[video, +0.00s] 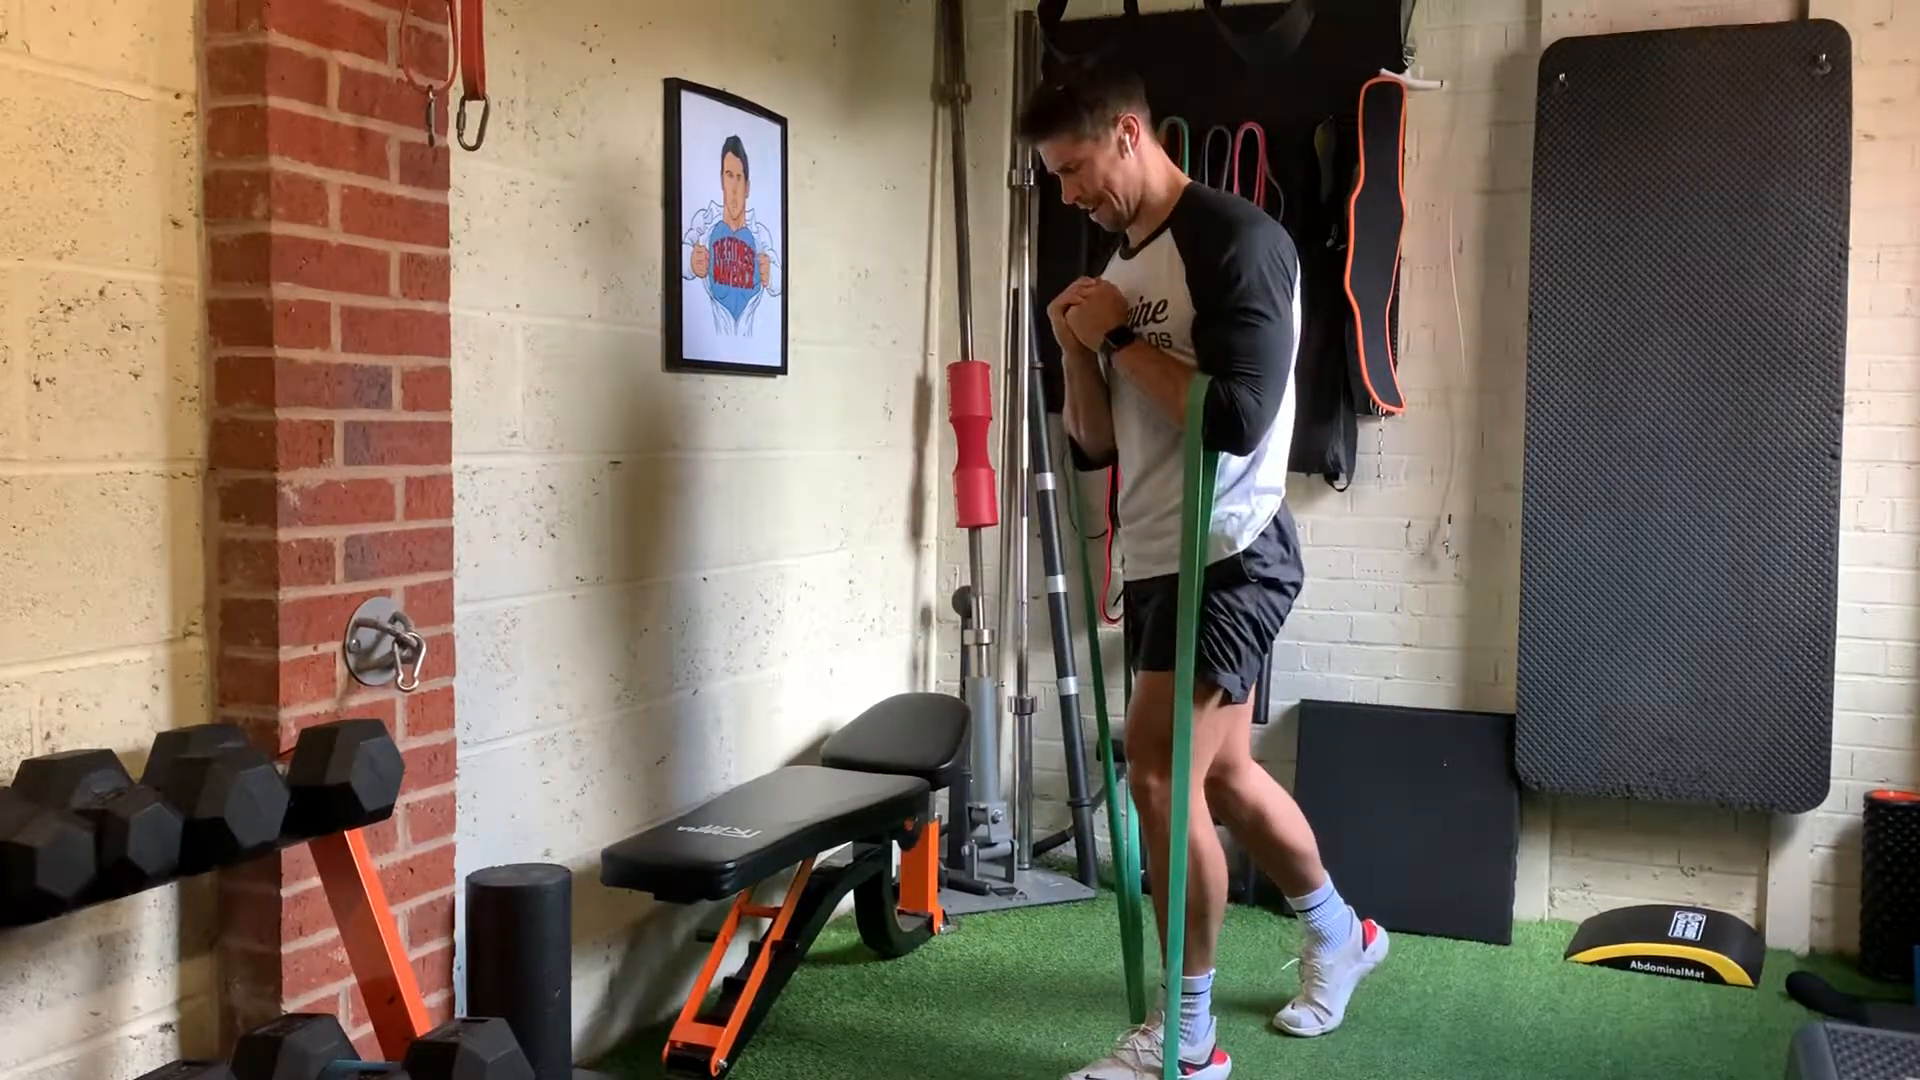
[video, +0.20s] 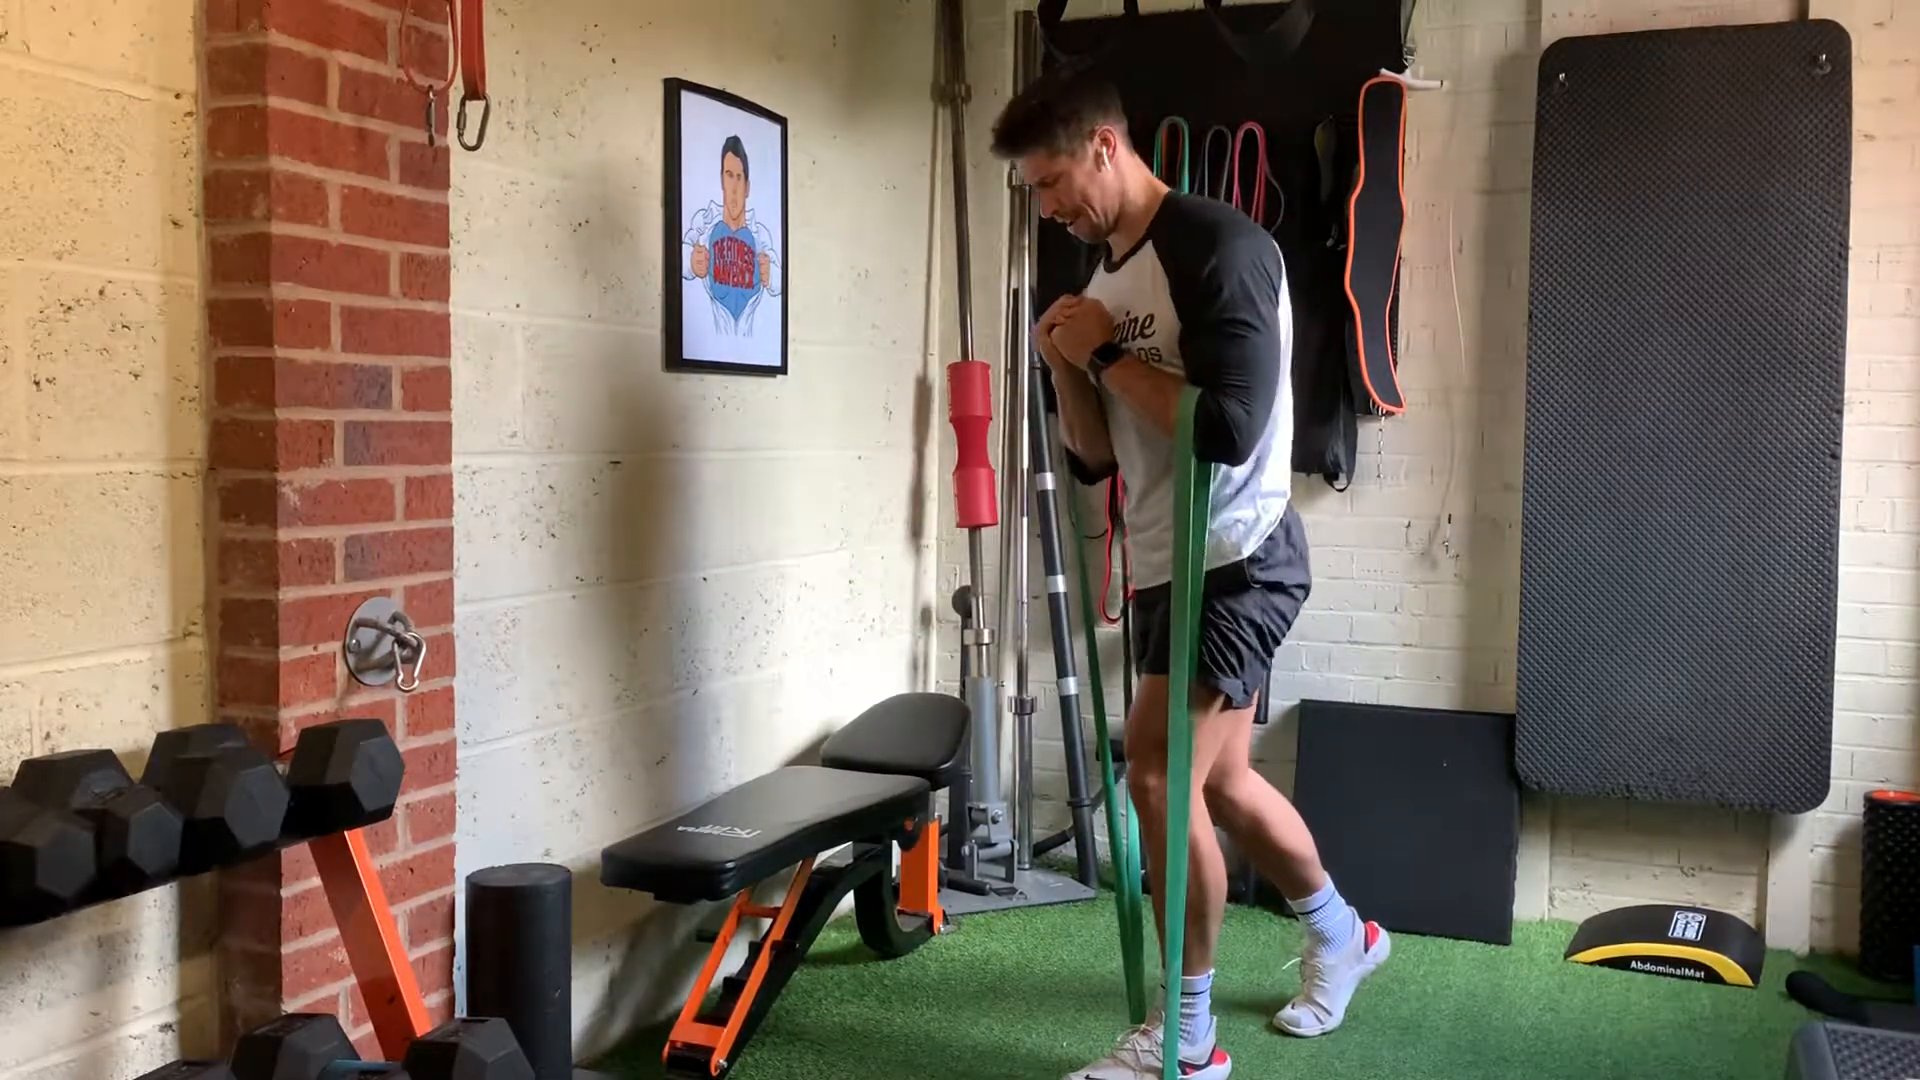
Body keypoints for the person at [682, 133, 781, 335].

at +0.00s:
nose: (733, 185)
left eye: (739, 176)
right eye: (729, 175)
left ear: (748, 186)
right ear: (721, 181)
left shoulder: (760, 233)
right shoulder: (705, 222)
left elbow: (779, 286)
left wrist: (770, 275)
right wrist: (692, 266)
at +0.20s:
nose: (733, 185)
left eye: (739, 177)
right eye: (728, 175)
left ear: (747, 187)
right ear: (721, 181)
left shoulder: (760, 234)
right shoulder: (704, 227)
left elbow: (779, 287)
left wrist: (770, 276)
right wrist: (692, 267)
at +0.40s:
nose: (733, 185)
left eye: (739, 176)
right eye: (729, 175)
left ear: (748, 186)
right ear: (721, 181)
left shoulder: (760, 232)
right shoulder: (704, 223)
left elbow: (779, 287)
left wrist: (770, 275)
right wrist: (692, 267)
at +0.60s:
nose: (733, 185)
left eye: (739, 177)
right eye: (729, 175)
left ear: (748, 187)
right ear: (721, 182)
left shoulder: (759, 233)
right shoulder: (705, 223)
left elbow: (778, 286)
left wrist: (770, 274)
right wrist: (692, 267)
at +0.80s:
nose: (733, 185)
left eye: (739, 177)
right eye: (728, 175)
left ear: (747, 187)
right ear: (721, 182)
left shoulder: (759, 233)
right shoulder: (705, 225)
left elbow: (778, 287)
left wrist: (770, 274)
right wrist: (693, 267)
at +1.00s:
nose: (733, 185)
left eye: (739, 177)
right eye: (728, 175)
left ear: (747, 187)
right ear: (721, 181)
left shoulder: (760, 233)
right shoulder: (705, 225)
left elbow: (779, 286)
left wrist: (770, 275)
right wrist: (692, 267)